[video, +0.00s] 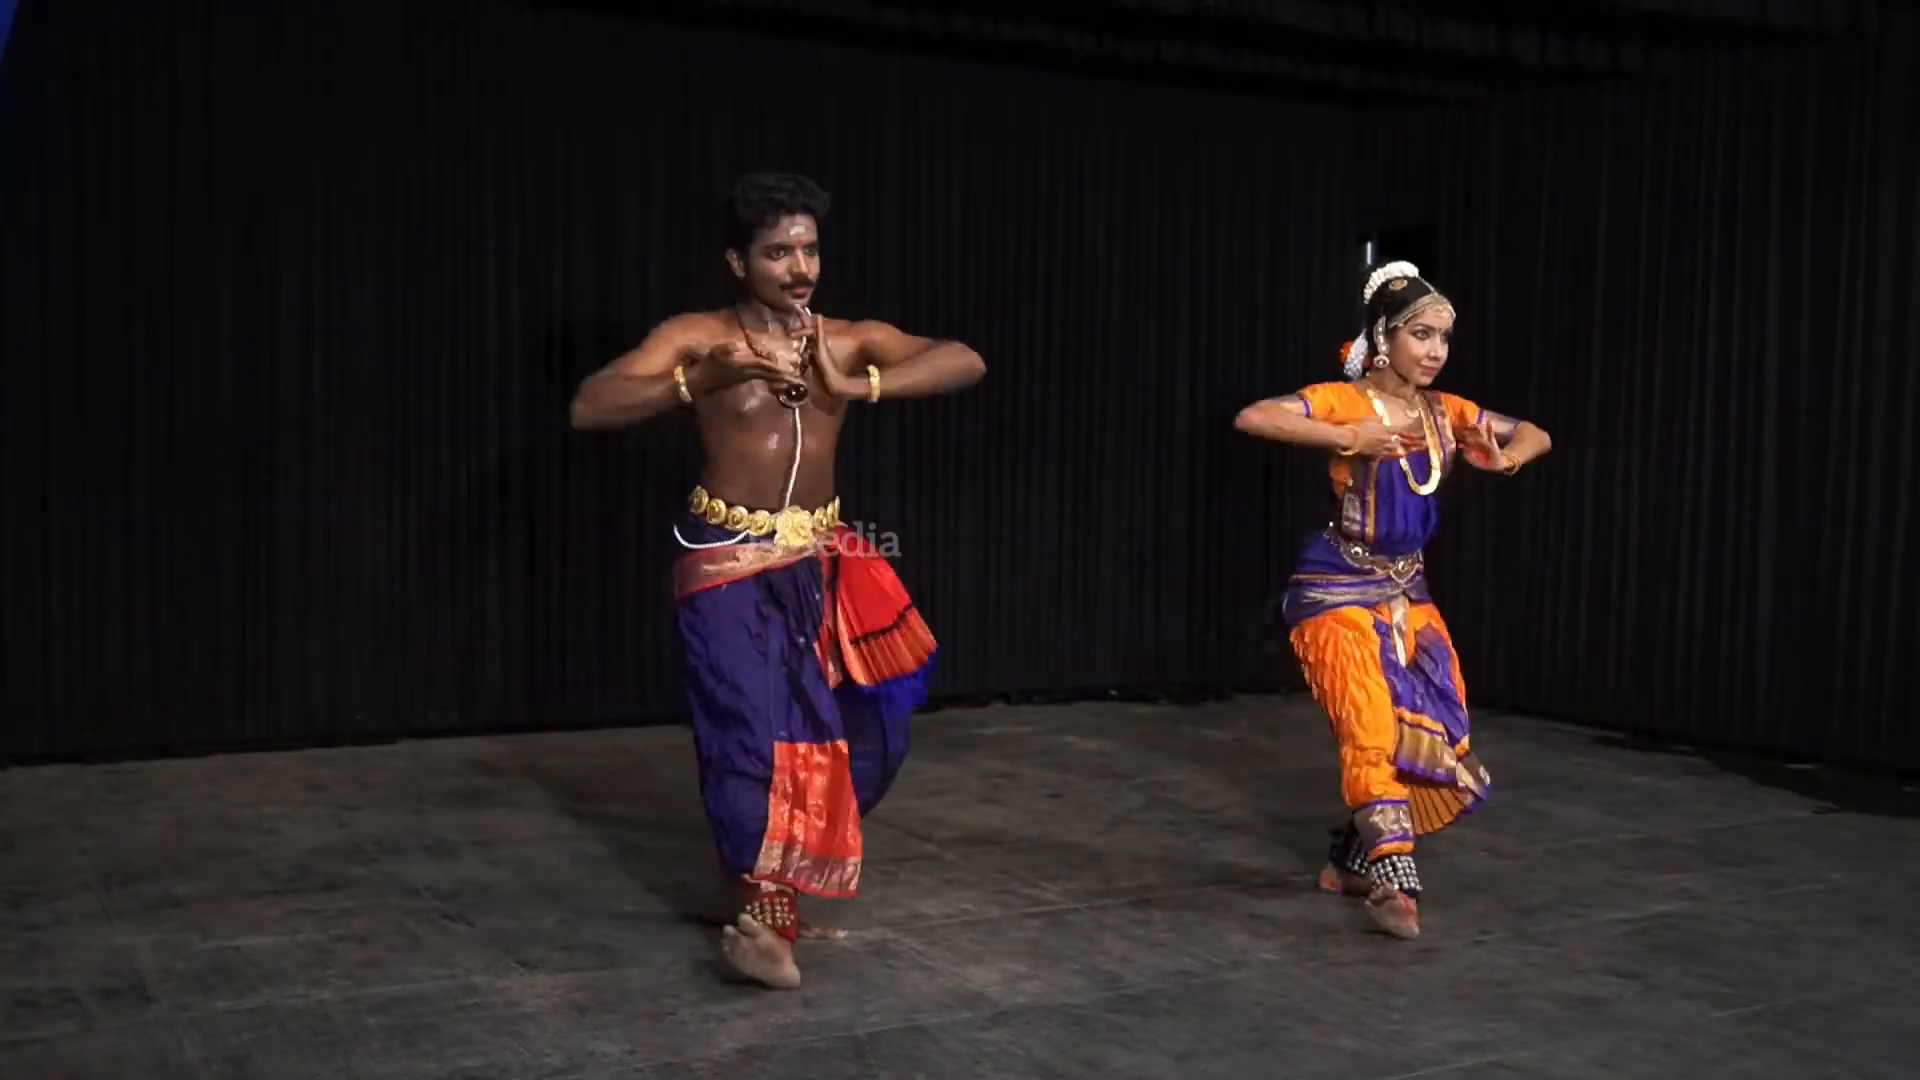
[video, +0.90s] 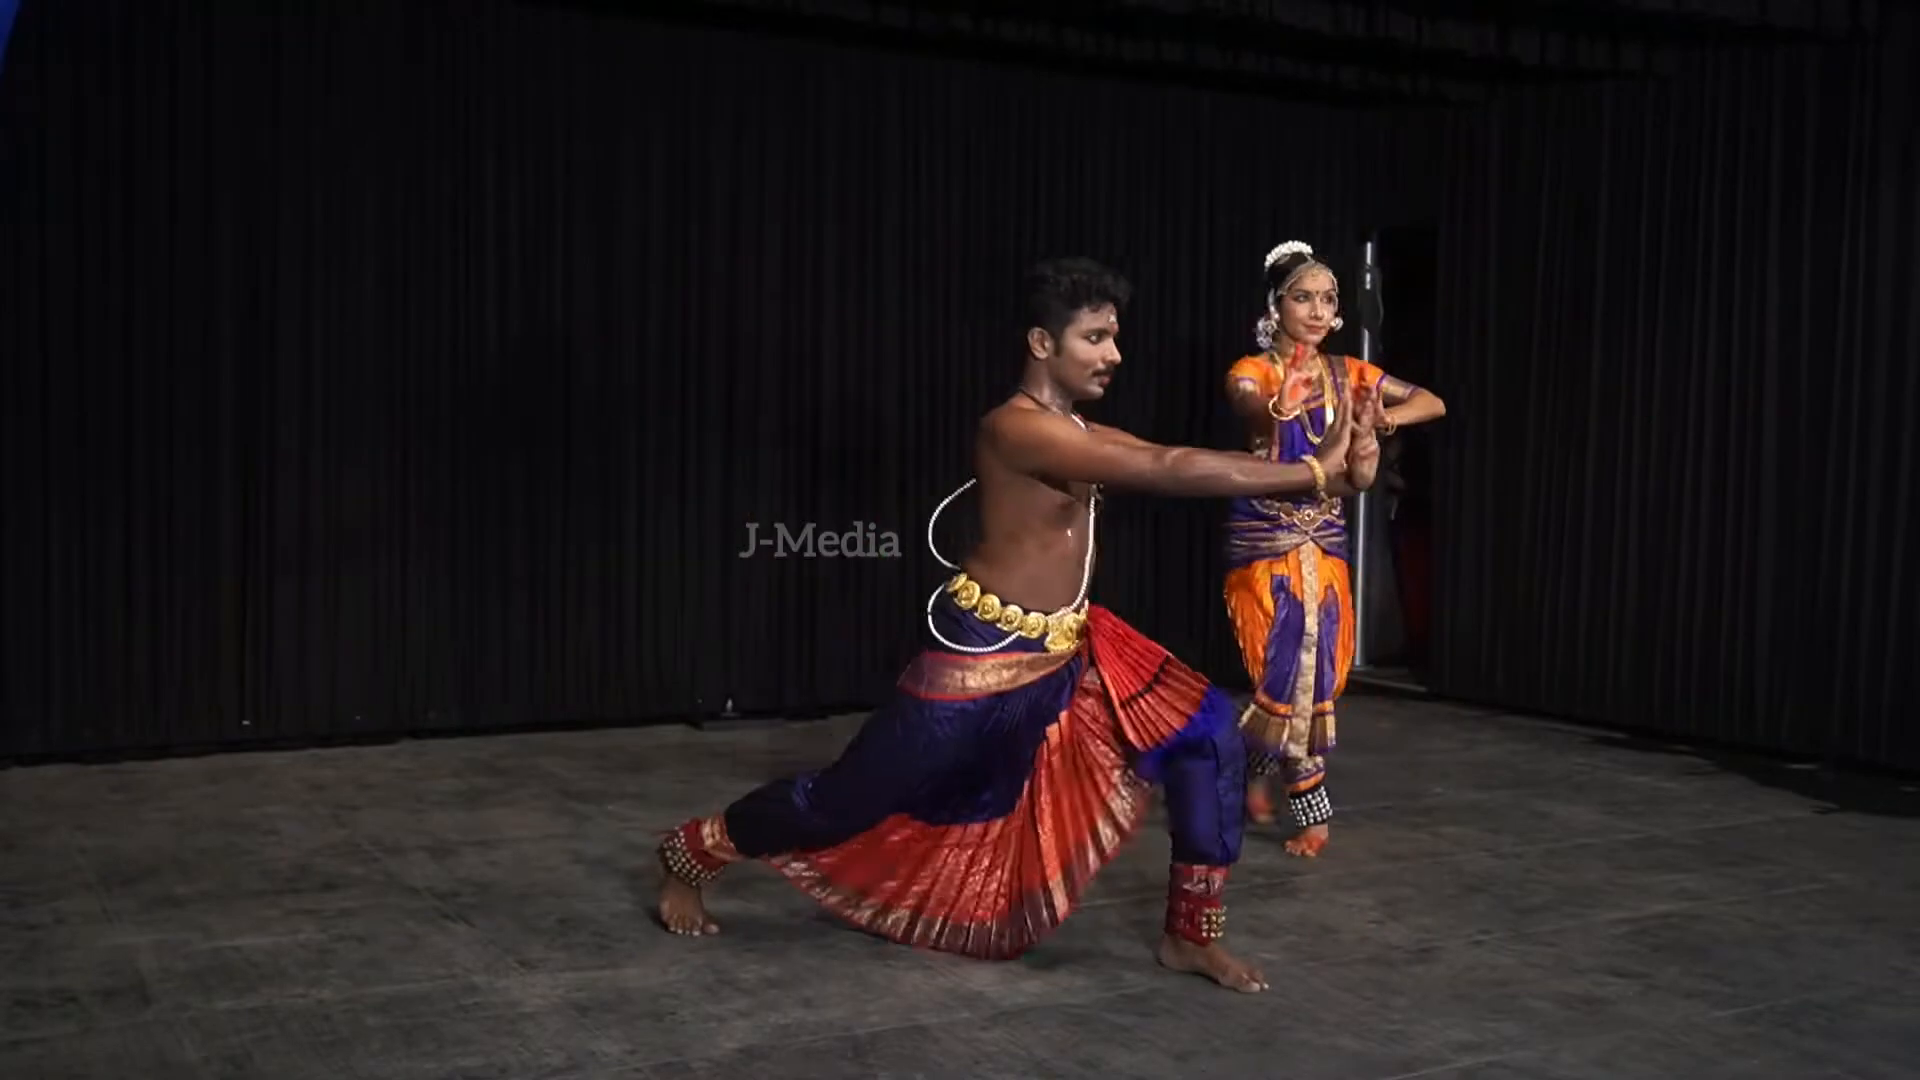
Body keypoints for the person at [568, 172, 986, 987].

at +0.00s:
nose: (802, 267)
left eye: (811, 250)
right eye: (781, 253)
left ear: (820, 254)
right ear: (740, 263)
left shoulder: (848, 337)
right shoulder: (698, 337)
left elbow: (967, 361)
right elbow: (590, 406)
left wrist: (869, 384)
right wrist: (695, 379)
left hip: (817, 555)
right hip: (730, 557)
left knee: (823, 719)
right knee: (755, 724)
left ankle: (776, 897)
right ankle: (761, 915)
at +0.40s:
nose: (765, 264)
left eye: (779, 252)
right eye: (769, 250)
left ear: (827, 263)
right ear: (817, 262)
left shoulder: (881, 349)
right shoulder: (771, 332)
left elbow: (910, 406)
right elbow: (713, 346)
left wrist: (798, 401)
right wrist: (621, 332)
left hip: (849, 566)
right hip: (751, 557)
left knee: (894, 736)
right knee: (719, 718)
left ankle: (802, 824)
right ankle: (712, 888)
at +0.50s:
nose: (794, 263)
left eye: (812, 253)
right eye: (797, 249)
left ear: (862, 270)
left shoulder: (911, 358)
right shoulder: (776, 336)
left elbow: (968, 427)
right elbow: (670, 355)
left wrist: (866, 408)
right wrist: (703, 359)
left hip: (865, 570)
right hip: (772, 560)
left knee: (913, 732)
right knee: (735, 707)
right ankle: (718, 864)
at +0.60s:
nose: (869, 268)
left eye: (890, 256)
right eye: (860, 252)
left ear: (923, 273)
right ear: (846, 261)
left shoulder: (958, 363)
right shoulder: (806, 343)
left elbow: (1063, 437)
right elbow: (688, 384)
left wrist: (963, 412)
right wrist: (806, 395)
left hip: (911, 561)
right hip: (810, 559)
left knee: (1010, 674)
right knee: (758, 715)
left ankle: (927, 760)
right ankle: (721, 867)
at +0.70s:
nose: (968, 279)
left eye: (977, 264)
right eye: (949, 261)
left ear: (986, 272)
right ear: (903, 266)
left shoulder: (990, 366)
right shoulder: (852, 347)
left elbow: (1096, 428)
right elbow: (855, 419)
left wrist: (1098, 409)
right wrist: (971, 416)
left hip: (957, 565)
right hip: (858, 566)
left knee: (1063, 673)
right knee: (793, 728)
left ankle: (1113, 884)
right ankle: (713, 869)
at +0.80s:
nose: (1044, 308)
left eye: (1049, 292)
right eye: (1027, 291)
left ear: (1048, 300)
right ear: (973, 295)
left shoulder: (1047, 396)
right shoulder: (941, 379)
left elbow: (1161, 447)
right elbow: (1035, 439)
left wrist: (1237, 441)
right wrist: (1165, 441)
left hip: (1016, 607)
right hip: (924, 610)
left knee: (1135, 728)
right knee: (826, 764)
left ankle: (1187, 923)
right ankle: (694, 854)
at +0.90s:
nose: (1113, 355)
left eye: (1115, 340)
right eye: (1097, 338)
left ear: (1091, 349)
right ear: (1041, 344)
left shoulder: (1078, 423)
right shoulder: (1019, 426)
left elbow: (1181, 463)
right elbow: (1164, 473)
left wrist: (1313, 469)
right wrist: (1316, 474)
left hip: (1071, 644)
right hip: (983, 652)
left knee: (1211, 732)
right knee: (845, 803)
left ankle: (1194, 928)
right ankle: (688, 853)